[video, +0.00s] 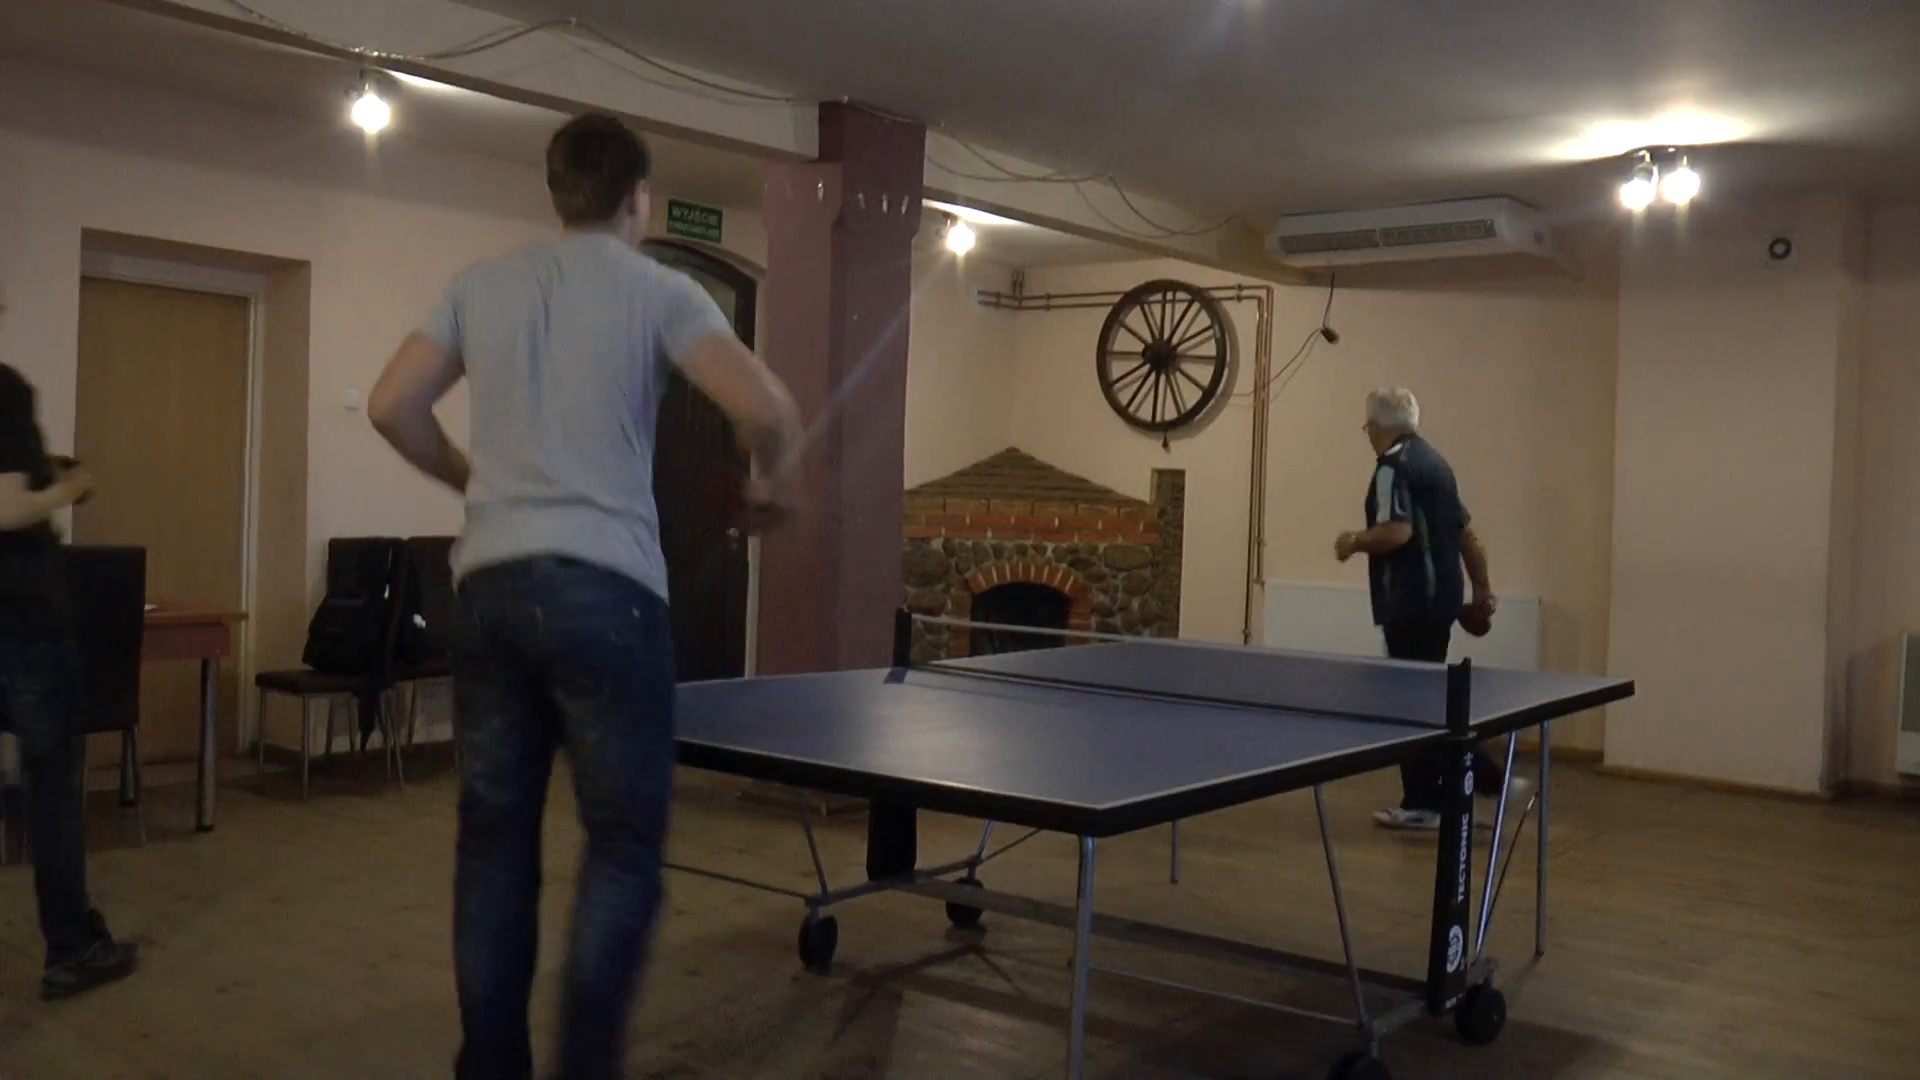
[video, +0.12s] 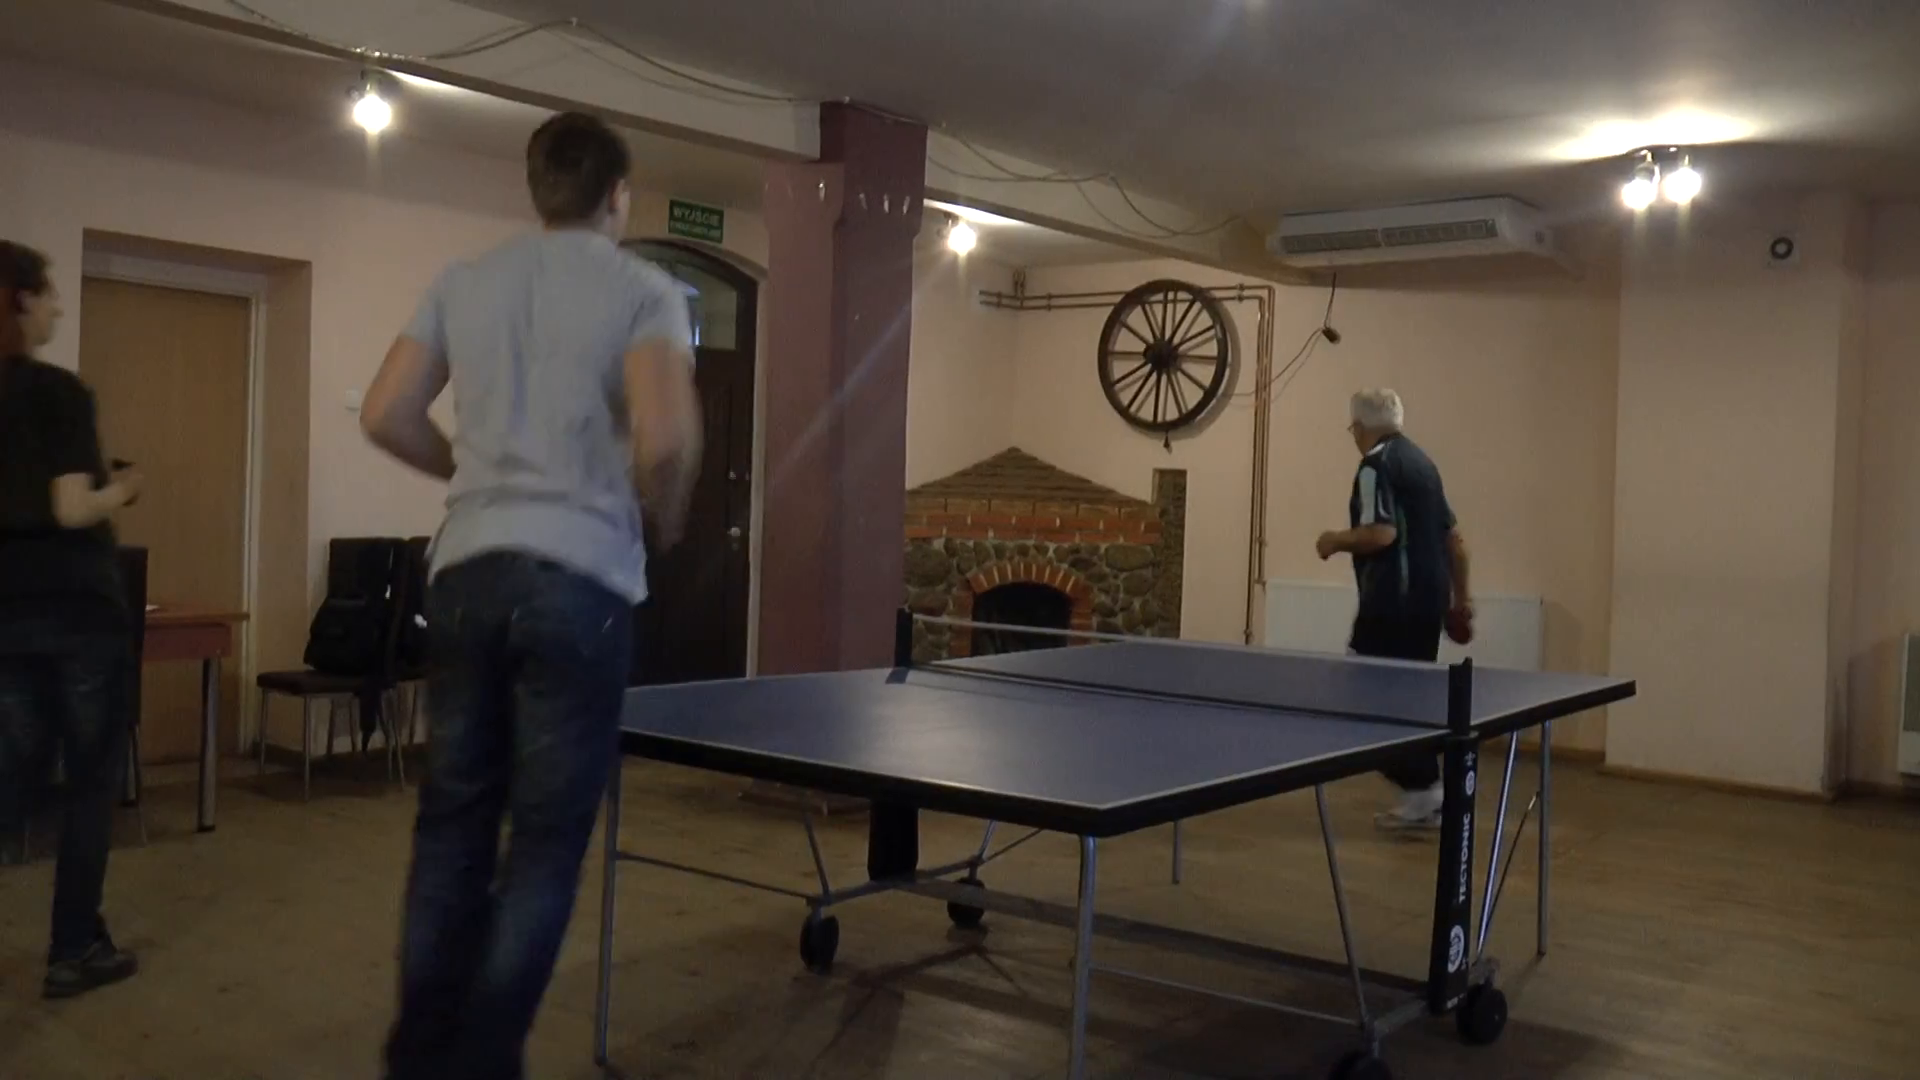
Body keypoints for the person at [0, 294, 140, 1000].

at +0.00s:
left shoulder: (16, 403)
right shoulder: (10, 400)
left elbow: (21, 508)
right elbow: (11, 510)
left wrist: (49, 484)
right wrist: (63, 492)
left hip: (38, 633)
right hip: (28, 637)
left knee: (53, 784)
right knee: (53, 785)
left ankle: (74, 939)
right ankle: (71, 948)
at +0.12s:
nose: (55, 309)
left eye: (51, 296)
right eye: (46, 296)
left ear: (14, 303)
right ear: (17, 303)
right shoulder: (52, 389)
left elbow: (57, 503)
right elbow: (72, 508)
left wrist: (96, 487)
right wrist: (117, 491)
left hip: (18, 615)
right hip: (67, 615)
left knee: (28, 772)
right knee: (90, 776)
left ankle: (76, 942)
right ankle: (76, 946)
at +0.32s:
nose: (134, 308)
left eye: (132, 296)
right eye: (128, 297)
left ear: (63, 302)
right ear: (105, 302)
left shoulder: (39, 385)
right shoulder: (138, 380)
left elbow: (15, 497)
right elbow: (161, 486)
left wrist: (76, 496)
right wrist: (185, 469)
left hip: (69, 595)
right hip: (137, 595)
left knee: (108, 760)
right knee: (117, 770)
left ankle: (102, 921)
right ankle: (80, 945)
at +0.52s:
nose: (193, 332)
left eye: (189, 320)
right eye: (189, 321)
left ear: (125, 325)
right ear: (170, 325)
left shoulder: (105, 404)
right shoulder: (200, 401)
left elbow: (75, 511)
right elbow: (222, 503)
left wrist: (134, 510)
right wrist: (221, 498)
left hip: (120, 590)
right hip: (187, 589)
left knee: (166, 742)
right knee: (149, 758)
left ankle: (203, 866)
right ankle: (90, 925)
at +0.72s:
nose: (248, 340)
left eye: (245, 328)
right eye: (243, 330)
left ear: (182, 334)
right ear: (224, 336)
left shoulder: (161, 411)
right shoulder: (249, 407)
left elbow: (140, 507)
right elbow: (265, 495)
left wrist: (191, 507)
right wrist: (291, 525)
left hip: (179, 586)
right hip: (240, 586)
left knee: (213, 728)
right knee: (252, 734)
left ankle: (217, 869)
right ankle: (169, 851)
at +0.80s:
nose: (260, 341)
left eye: (257, 330)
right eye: (257, 331)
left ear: (203, 331)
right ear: (242, 333)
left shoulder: (187, 402)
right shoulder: (260, 402)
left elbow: (166, 499)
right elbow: (278, 488)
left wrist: (217, 496)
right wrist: (290, 505)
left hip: (198, 576)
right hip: (257, 576)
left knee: (219, 717)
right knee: (283, 714)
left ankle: (215, 868)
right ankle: (219, 829)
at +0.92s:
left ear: (234, 338)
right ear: (286, 341)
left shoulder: (219, 408)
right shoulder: (300, 401)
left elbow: (202, 498)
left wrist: (254, 492)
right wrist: (287, 484)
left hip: (227, 572)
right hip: (285, 574)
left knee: (227, 724)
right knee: (298, 729)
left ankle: (218, 870)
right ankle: (303, 869)